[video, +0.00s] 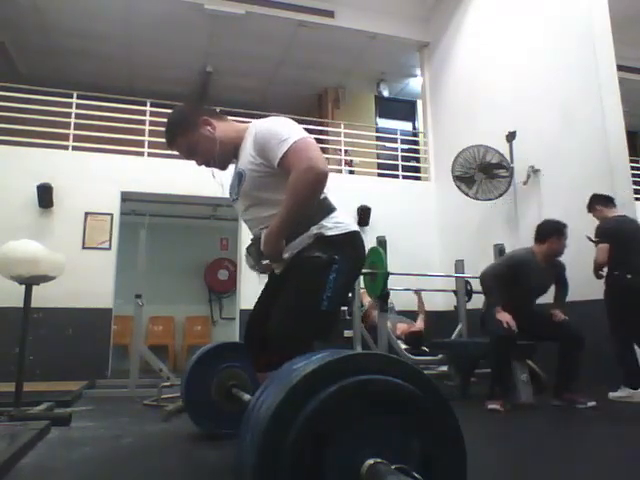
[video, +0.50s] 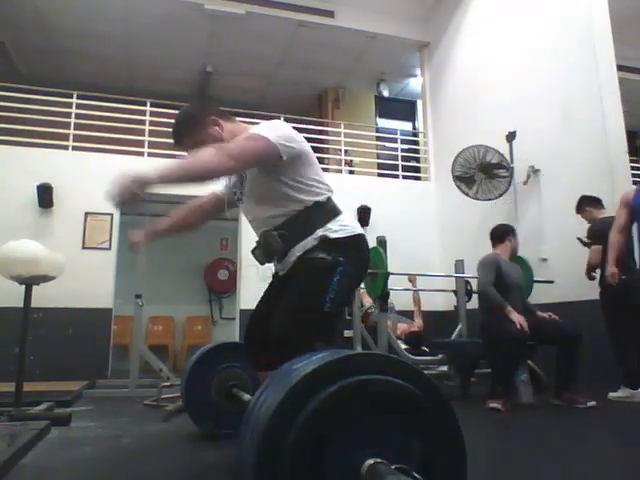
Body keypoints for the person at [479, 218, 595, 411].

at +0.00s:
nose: (564, 245)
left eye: (564, 240)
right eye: (561, 240)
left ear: (551, 242)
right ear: (548, 241)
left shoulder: (556, 267)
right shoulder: (519, 259)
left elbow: (562, 286)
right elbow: (486, 276)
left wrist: (558, 307)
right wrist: (497, 310)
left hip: (527, 314)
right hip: (500, 315)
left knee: (571, 334)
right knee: (503, 335)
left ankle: (564, 392)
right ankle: (497, 397)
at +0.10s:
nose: (553, 250)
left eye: (553, 245)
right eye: (550, 245)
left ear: (544, 246)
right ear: (537, 245)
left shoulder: (547, 271)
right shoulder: (511, 264)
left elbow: (554, 292)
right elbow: (483, 283)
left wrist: (555, 311)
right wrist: (498, 313)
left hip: (526, 321)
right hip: (499, 321)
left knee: (571, 335)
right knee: (503, 335)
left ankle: (564, 392)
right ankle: (497, 397)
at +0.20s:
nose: (544, 246)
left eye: (543, 241)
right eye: (541, 241)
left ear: (530, 244)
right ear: (531, 243)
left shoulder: (536, 270)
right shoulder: (502, 265)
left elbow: (544, 295)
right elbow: (480, 288)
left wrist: (550, 312)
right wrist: (503, 315)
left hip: (526, 322)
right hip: (498, 323)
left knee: (568, 333)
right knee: (508, 337)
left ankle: (564, 392)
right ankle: (497, 397)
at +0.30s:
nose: (533, 244)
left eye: (533, 239)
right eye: (531, 239)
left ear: (519, 241)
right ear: (521, 240)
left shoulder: (527, 266)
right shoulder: (497, 263)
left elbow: (533, 294)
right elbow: (482, 289)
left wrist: (545, 312)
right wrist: (507, 314)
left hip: (522, 319)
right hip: (496, 321)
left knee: (567, 334)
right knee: (511, 338)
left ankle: (564, 392)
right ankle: (498, 396)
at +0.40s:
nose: (524, 244)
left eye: (524, 240)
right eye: (523, 240)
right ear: (515, 241)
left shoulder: (523, 265)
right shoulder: (492, 262)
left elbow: (526, 295)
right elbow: (484, 289)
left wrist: (540, 313)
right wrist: (509, 313)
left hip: (526, 320)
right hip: (498, 321)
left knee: (569, 334)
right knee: (513, 338)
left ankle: (564, 392)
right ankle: (498, 396)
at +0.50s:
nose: (517, 245)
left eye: (516, 240)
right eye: (515, 240)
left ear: (499, 241)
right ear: (509, 240)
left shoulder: (514, 267)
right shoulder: (489, 260)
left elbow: (519, 300)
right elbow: (485, 287)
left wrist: (537, 314)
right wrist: (510, 312)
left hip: (522, 320)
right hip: (497, 320)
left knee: (568, 333)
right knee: (513, 337)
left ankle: (564, 392)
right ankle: (497, 396)